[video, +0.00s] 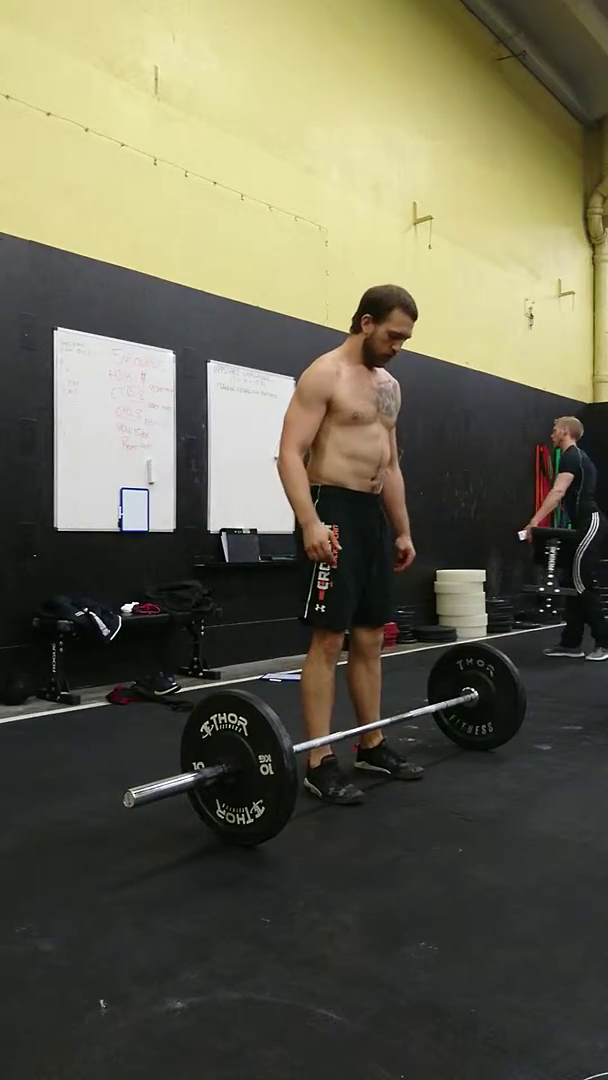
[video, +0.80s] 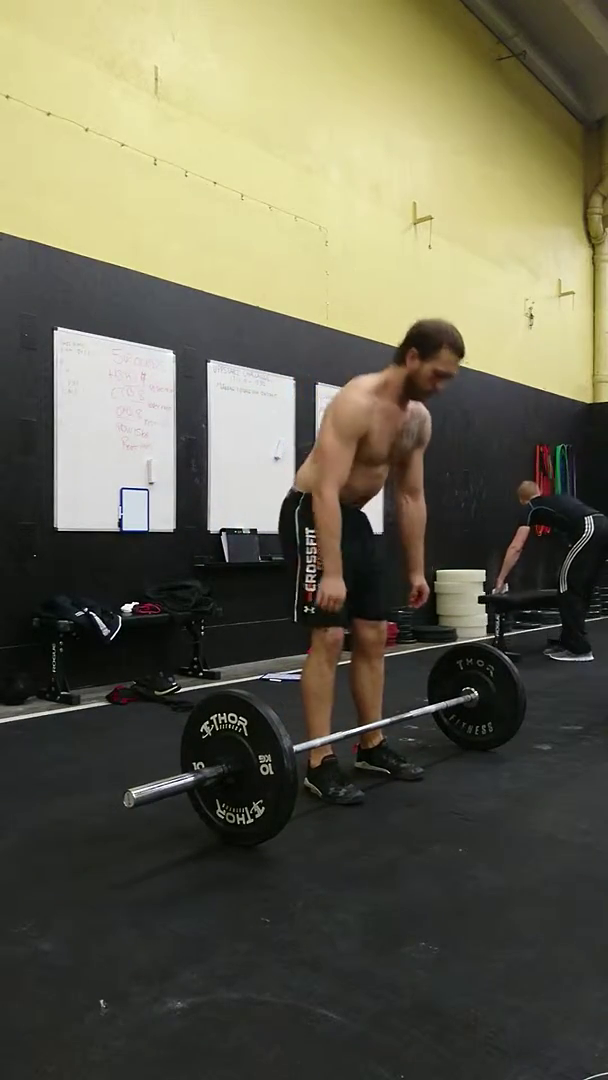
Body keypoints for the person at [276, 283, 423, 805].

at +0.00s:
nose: (398, 346)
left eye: (405, 338)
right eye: (393, 336)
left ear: (402, 334)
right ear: (365, 323)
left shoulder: (389, 385)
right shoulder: (324, 374)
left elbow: (389, 464)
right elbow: (289, 454)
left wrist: (402, 529)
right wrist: (309, 524)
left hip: (373, 515)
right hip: (333, 515)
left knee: (369, 639)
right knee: (329, 640)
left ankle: (372, 746)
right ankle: (319, 761)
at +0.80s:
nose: (441, 386)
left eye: (448, 378)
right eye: (438, 375)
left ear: (440, 369)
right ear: (411, 357)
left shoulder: (418, 419)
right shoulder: (356, 401)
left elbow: (411, 495)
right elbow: (326, 487)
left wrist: (417, 570)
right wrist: (332, 571)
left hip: (355, 516)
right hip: (312, 512)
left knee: (372, 636)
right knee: (328, 638)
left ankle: (371, 746)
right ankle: (319, 761)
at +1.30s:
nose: (463, 538)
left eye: (470, 533)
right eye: (463, 528)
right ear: (441, 504)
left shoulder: (436, 542)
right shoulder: (378, 530)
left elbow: (421, 612)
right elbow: (342, 627)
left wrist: (416, 687)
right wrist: (332, 705)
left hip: (346, 555)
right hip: (297, 545)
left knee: (389, 638)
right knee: (335, 645)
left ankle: (373, 747)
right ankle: (320, 762)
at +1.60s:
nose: (468, 542)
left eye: (475, 536)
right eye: (466, 532)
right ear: (443, 511)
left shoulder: (443, 554)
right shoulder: (383, 543)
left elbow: (427, 624)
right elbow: (347, 637)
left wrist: (418, 695)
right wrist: (335, 717)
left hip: (347, 567)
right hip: (299, 555)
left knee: (400, 644)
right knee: (354, 647)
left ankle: (373, 747)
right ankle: (322, 764)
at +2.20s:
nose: (463, 435)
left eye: (469, 426)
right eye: (457, 422)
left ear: (471, 424)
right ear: (427, 410)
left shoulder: (442, 476)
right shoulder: (378, 462)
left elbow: (427, 554)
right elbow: (352, 559)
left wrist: (418, 628)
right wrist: (337, 639)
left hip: (356, 538)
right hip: (308, 529)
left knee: (385, 636)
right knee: (330, 646)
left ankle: (373, 747)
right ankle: (319, 763)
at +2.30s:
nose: (444, 374)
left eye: (448, 365)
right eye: (436, 363)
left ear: (444, 368)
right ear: (404, 360)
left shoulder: (433, 431)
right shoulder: (367, 421)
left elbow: (427, 512)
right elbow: (355, 517)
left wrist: (423, 587)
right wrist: (345, 595)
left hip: (363, 528)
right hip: (315, 523)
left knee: (389, 636)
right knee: (338, 638)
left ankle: (373, 746)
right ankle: (321, 762)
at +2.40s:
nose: (405, 336)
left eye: (408, 328)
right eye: (397, 326)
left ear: (404, 331)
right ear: (366, 328)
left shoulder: (408, 386)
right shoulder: (343, 381)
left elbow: (419, 466)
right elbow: (350, 468)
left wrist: (431, 539)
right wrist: (354, 546)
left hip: (382, 520)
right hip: (337, 519)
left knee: (407, 639)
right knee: (358, 643)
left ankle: (377, 744)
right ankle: (326, 760)